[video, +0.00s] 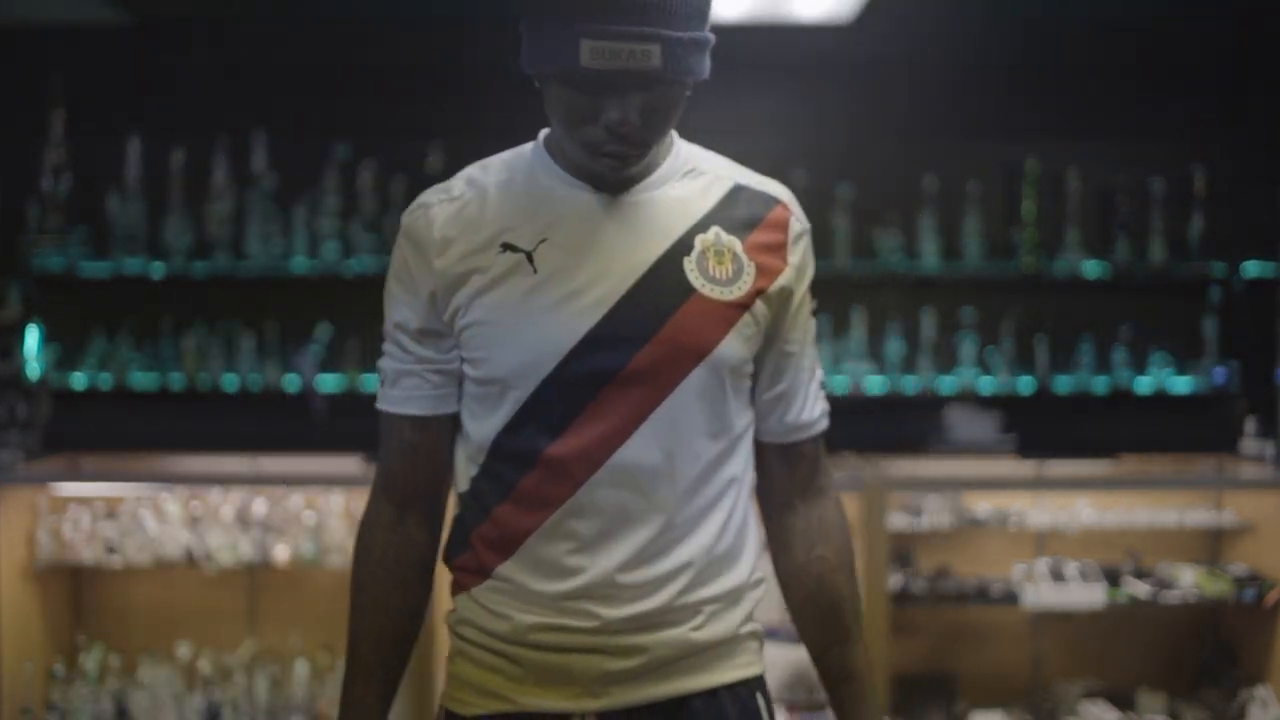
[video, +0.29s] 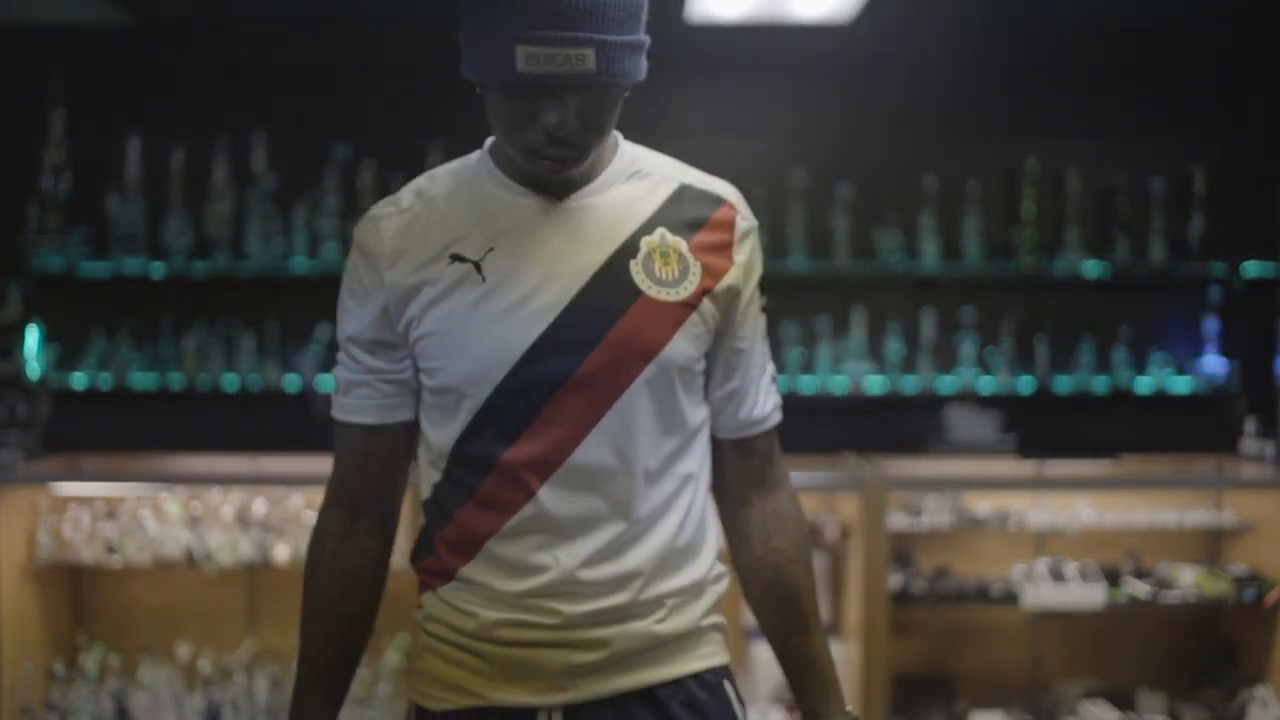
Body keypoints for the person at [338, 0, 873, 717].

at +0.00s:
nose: (622, 117)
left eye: (654, 85)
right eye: (591, 83)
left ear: (693, 77)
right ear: (540, 72)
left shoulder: (763, 223)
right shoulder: (445, 229)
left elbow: (802, 492)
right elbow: (403, 505)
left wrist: (863, 707)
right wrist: (362, 711)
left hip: (704, 685)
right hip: (501, 690)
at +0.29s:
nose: (558, 123)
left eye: (588, 91)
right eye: (527, 92)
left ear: (627, 77)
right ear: (480, 78)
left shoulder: (710, 221)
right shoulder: (397, 240)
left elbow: (756, 486)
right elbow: (357, 510)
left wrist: (823, 702)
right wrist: (309, 710)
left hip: (670, 682)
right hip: (470, 688)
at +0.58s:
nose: (567, 146)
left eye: (597, 113)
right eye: (536, 114)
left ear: (640, 88)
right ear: (490, 90)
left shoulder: (719, 221)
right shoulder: (412, 237)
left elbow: (766, 483)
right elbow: (366, 502)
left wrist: (852, 698)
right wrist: (301, 713)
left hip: (680, 684)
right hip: (479, 692)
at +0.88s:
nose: (645, 144)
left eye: (674, 111)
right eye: (613, 113)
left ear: (706, 91)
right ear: (561, 89)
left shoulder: (776, 227)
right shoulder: (459, 224)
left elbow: (884, 454)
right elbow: (348, 459)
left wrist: (1029, 658)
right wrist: (257, 692)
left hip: (726, 680)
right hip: (526, 687)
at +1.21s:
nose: (780, 151)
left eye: (811, 119)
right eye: (754, 117)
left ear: (837, 95)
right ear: (682, 76)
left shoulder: (863, 240)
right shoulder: (558, 217)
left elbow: (917, 479)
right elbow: (459, 474)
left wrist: (1097, 635)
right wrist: (415, 708)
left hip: (793, 685)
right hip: (594, 689)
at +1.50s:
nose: (852, 175)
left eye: (883, 148)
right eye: (830, 141)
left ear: (909, 128)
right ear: (756, 92)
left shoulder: (911, 252)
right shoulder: (622, 202)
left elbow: (929, 516)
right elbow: (516, 472)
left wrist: (982, 704)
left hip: (815, 684)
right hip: (621, 683)